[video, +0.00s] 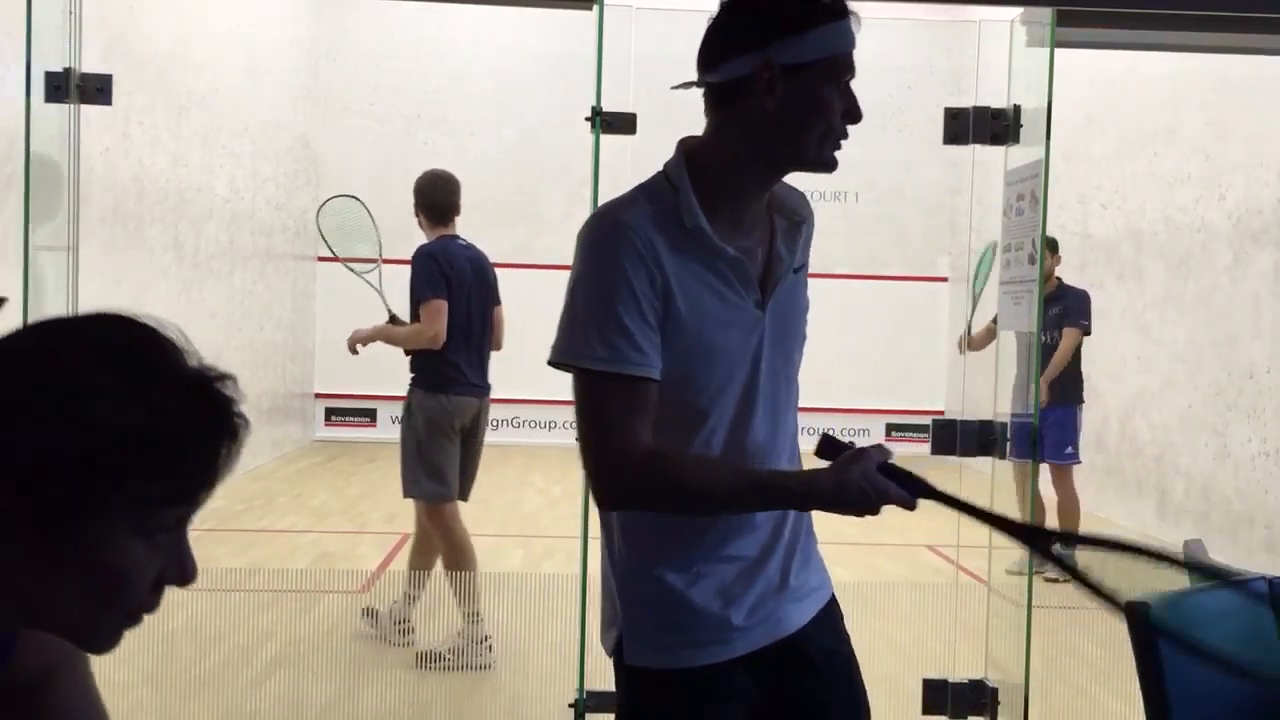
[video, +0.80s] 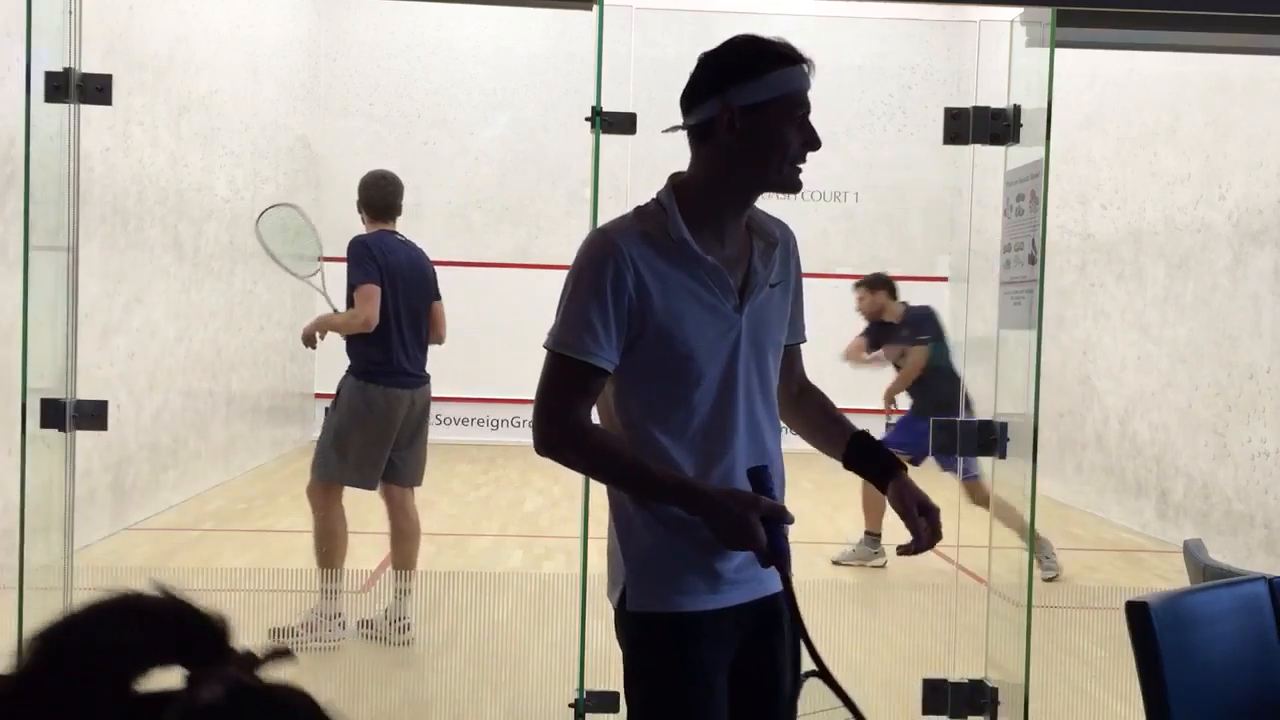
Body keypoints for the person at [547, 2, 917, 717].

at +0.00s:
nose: (855, 110)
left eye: (850, 84)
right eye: (839, 82)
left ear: (769, 89)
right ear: (767, 85)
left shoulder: (790, 216)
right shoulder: (626, 239)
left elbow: (753, 405)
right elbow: (617, 474)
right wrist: (814, 487)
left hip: (797, 604)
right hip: (682, 634)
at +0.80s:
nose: (814, 138)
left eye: (807, 116)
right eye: (795, 116)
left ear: (737, 122)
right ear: (732, 121)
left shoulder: (775, 246)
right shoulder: (619, 254)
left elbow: (788, 387)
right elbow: (557, 429)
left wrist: (886, 470)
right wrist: (704, 501)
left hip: (764, 584)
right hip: (672, 596)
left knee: (769, 714)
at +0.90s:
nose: (798, 132)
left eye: (789, 113)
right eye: (776, 115)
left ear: (714, 132)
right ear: (707, 131)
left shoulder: (773, 247)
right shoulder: (618, 253)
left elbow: (791, 391)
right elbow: (551, 423)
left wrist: (882, 458)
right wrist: (695, 501)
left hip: (757, 577)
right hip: (667, 588)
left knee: (761, 712)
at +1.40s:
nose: (705, 132)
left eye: (698, 113)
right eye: (686, 112)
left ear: (619, 129)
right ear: (614, 127)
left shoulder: (710, 241)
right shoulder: (525, 263)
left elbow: (777, 349)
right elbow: (481, 430)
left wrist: (788, 367)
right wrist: (598, 504)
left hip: (710, 582)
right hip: (596, 594)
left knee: (720, 712)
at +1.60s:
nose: (641, 132)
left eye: (636, 112)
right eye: (621, 113)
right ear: (554, 123)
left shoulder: (654, 240)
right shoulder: (460, 259)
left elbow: (714, 370)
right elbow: (414, 420)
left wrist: (723, 392)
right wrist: (494, 510)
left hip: (645, 575)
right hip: (519, 585)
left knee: (682, 712)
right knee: (500, 717)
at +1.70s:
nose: (612, 138)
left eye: (610, 120)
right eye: (591, 119)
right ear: (521, 125)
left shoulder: (626, 239)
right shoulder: (431, 260)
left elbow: (682, 379)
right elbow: (380, 417)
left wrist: (674, 405)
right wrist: (444, 521)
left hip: (609, 570)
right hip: (483, 575)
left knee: (648, 712)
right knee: (465, 716)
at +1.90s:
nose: (572, 144)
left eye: (571, 124)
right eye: (550, 125)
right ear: (480, 125)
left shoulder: (591, 237)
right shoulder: (390, 259)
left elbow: (636, 379)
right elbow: (342, 414)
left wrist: (611, 409)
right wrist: (353, 554)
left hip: (575, 575)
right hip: (444, 577)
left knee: (604, 711)